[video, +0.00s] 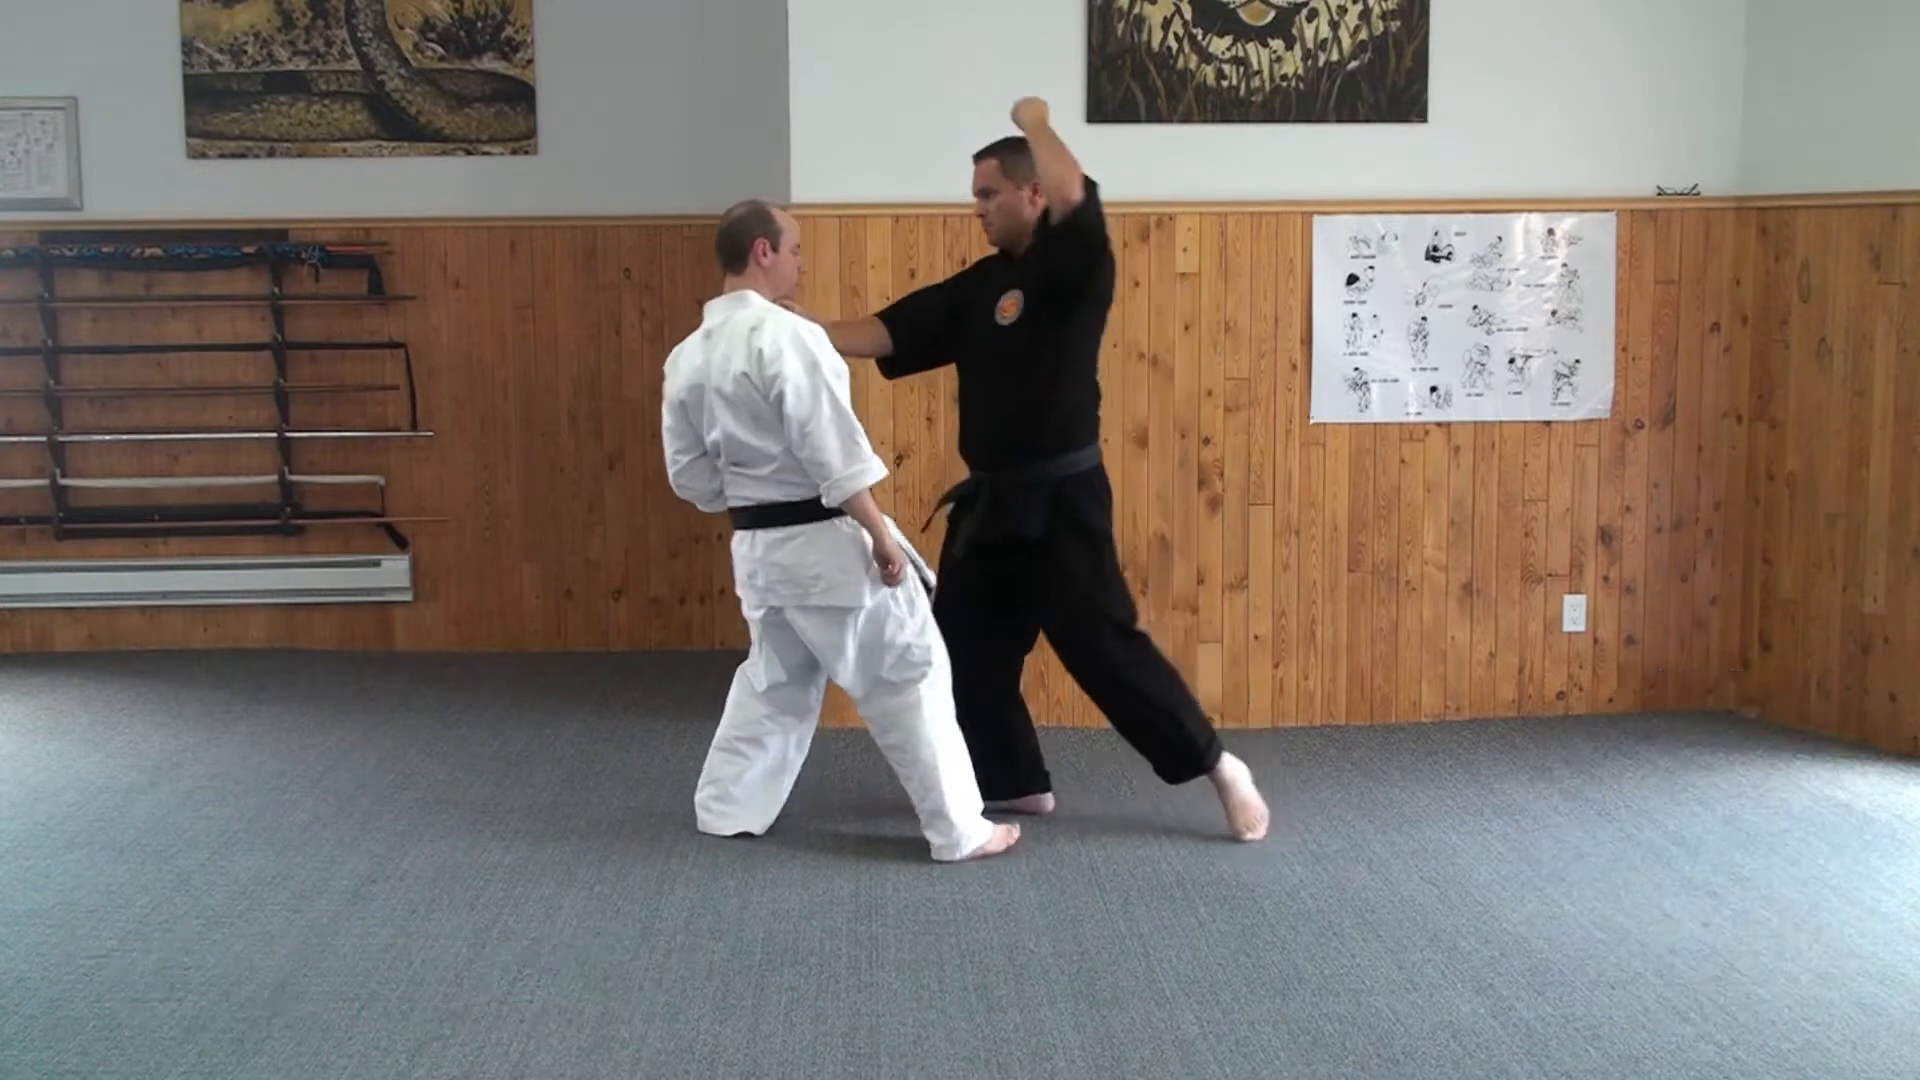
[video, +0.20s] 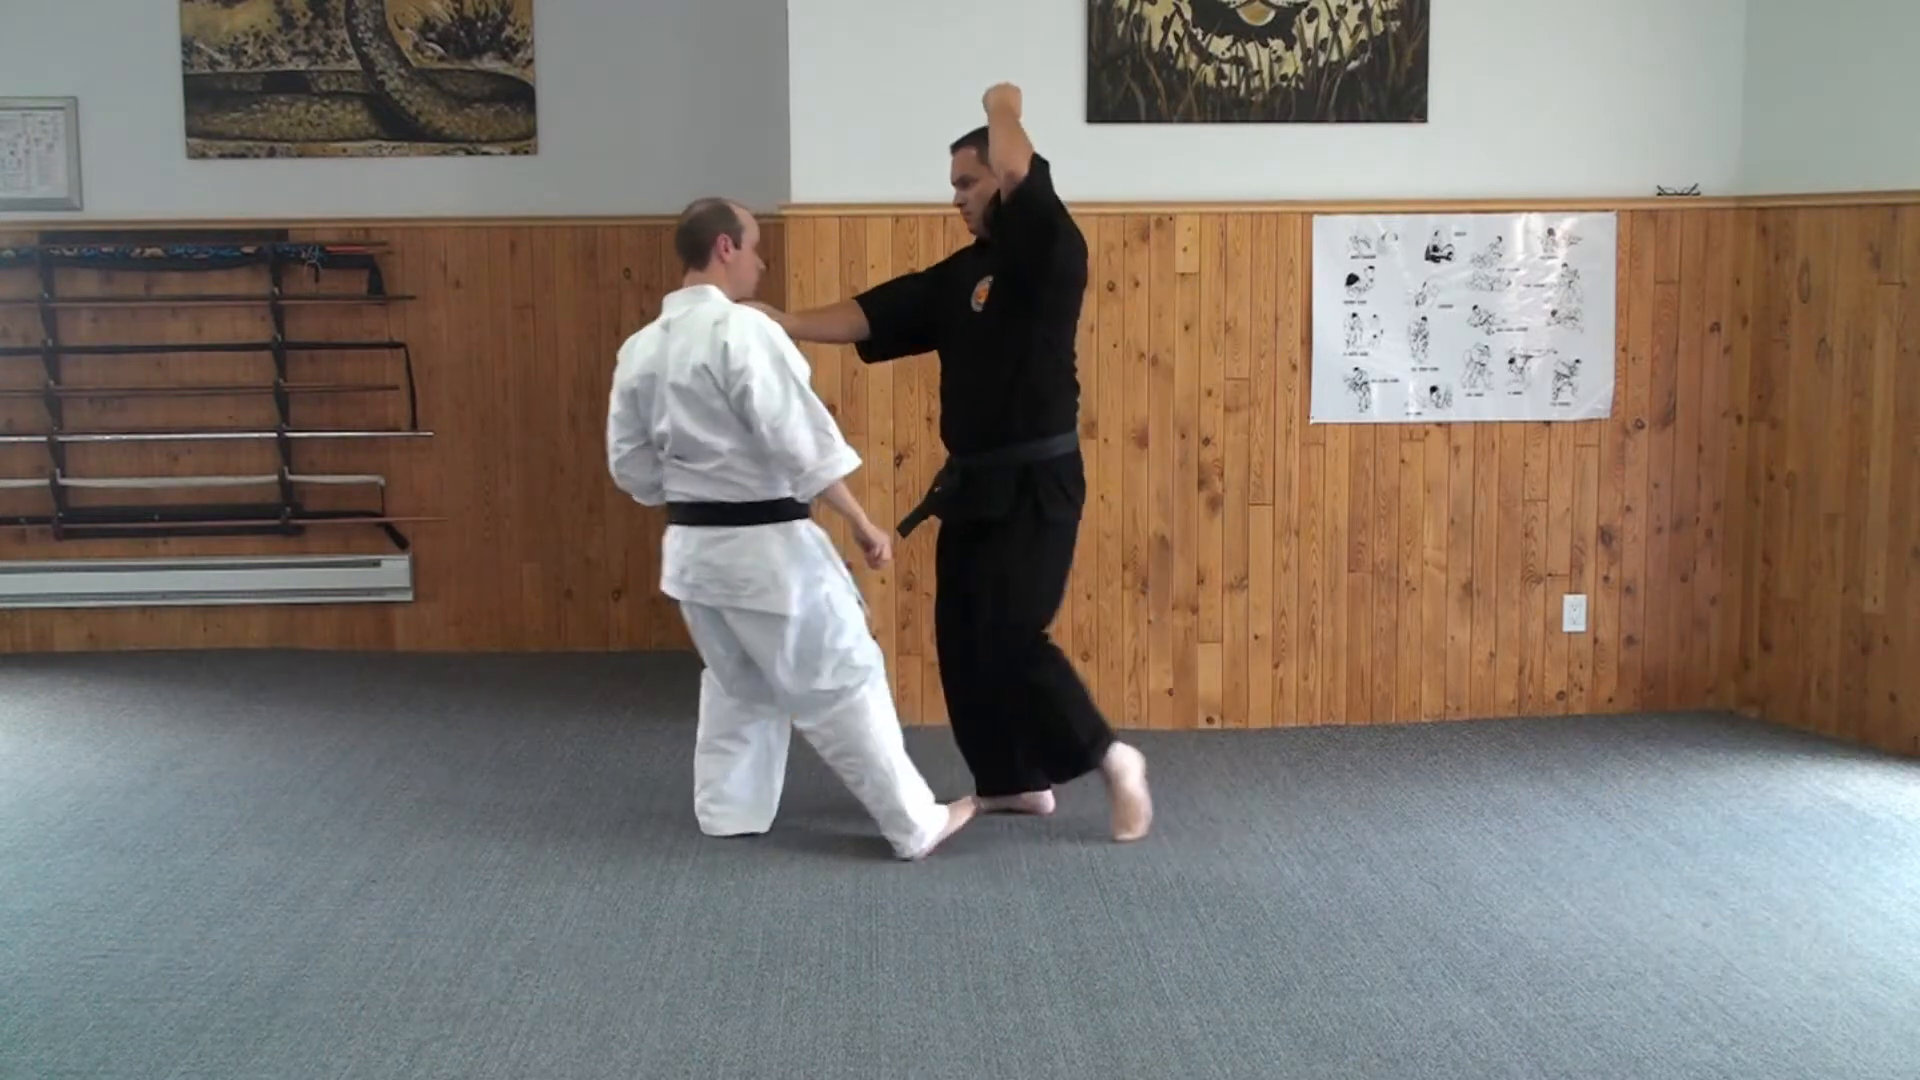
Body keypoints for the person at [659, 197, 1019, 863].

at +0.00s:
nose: (802, 265)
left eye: (800, 251)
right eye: (795, 251)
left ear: (743, 258)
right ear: (762, 254)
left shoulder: (686, 358)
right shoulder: (791, 337)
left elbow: (690, 476)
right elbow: (832, 450)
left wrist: (754, 506)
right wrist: (879, 532)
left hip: (756, 548)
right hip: (831, 542)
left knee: (775, 676)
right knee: (908, 677)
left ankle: (723, 810)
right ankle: (958, 828)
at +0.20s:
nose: (760, 263)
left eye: (758, 250)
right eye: (754, 250)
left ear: (699, 254)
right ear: (725, 250)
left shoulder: (640, 349)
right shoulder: (746, 332)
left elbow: (630, 466)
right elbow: (798, 440)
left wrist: (693, 496)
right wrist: (860, 518)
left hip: (691, 551)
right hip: (769, 549)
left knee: (735, 682)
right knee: (843, 679)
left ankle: (726, 812)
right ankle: (914, 823)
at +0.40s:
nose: (722, 251)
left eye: (721, 236)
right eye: (717, 235)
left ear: (658, 239)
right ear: (685, 236)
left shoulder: (602, 326)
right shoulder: (704, 323)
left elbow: (574, 438)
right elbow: (737, 442)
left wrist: (600, 501)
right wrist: (788, 524)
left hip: (639, 536)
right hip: (714, 536)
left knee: (688, 671)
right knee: (770, 666)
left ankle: (720, 805)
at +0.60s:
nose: (703, 244)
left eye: (701, 230)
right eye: (697, 229)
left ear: (639, 235)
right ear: (664, 232)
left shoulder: (575, 310)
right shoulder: (673, 319)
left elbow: (526, 414)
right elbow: (681, 447)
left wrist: (496, 498)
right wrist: (723, 542)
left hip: (582, 531)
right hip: (651, 535)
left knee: (669, 669)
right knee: (651, 684)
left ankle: (708, 802)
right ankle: (594, 833)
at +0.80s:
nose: (680, 241)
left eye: (678, 227)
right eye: (674, 227)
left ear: (617, 232)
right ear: (641, 230)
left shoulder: (556, 304)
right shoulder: (645, 318)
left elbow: (506, 407)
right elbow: (629, 439)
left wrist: (488, 489)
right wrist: (645, 546)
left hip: (553, 525)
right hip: (615, 533)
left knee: (584, 668)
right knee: (646, 684)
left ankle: (554, 791)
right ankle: (601, 839)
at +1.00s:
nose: (651, 245)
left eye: (648, 230)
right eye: (643, 231)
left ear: (593, 237)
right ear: (608, 234)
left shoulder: (532, 316)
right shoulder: (613, 327)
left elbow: (501, 441)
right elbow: (601, 447)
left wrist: (557, 493)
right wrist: (619, 551)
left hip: (535, 530)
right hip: (602, 540)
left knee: (548, 678)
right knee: (647, 684)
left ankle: (510, 795)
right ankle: (608, 838)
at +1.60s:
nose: (673, 253)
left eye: (671, 240)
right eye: (667, 240)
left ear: (607, 244)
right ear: (632, 242)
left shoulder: (542, 313)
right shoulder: (633, 315)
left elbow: (494, 418)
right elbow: (624, 423)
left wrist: (490, 501)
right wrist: (635, 530)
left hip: (525, 528)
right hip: (592, 533)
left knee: (540, 679)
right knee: (640, 685)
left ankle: (508, 797)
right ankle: (608, 837)